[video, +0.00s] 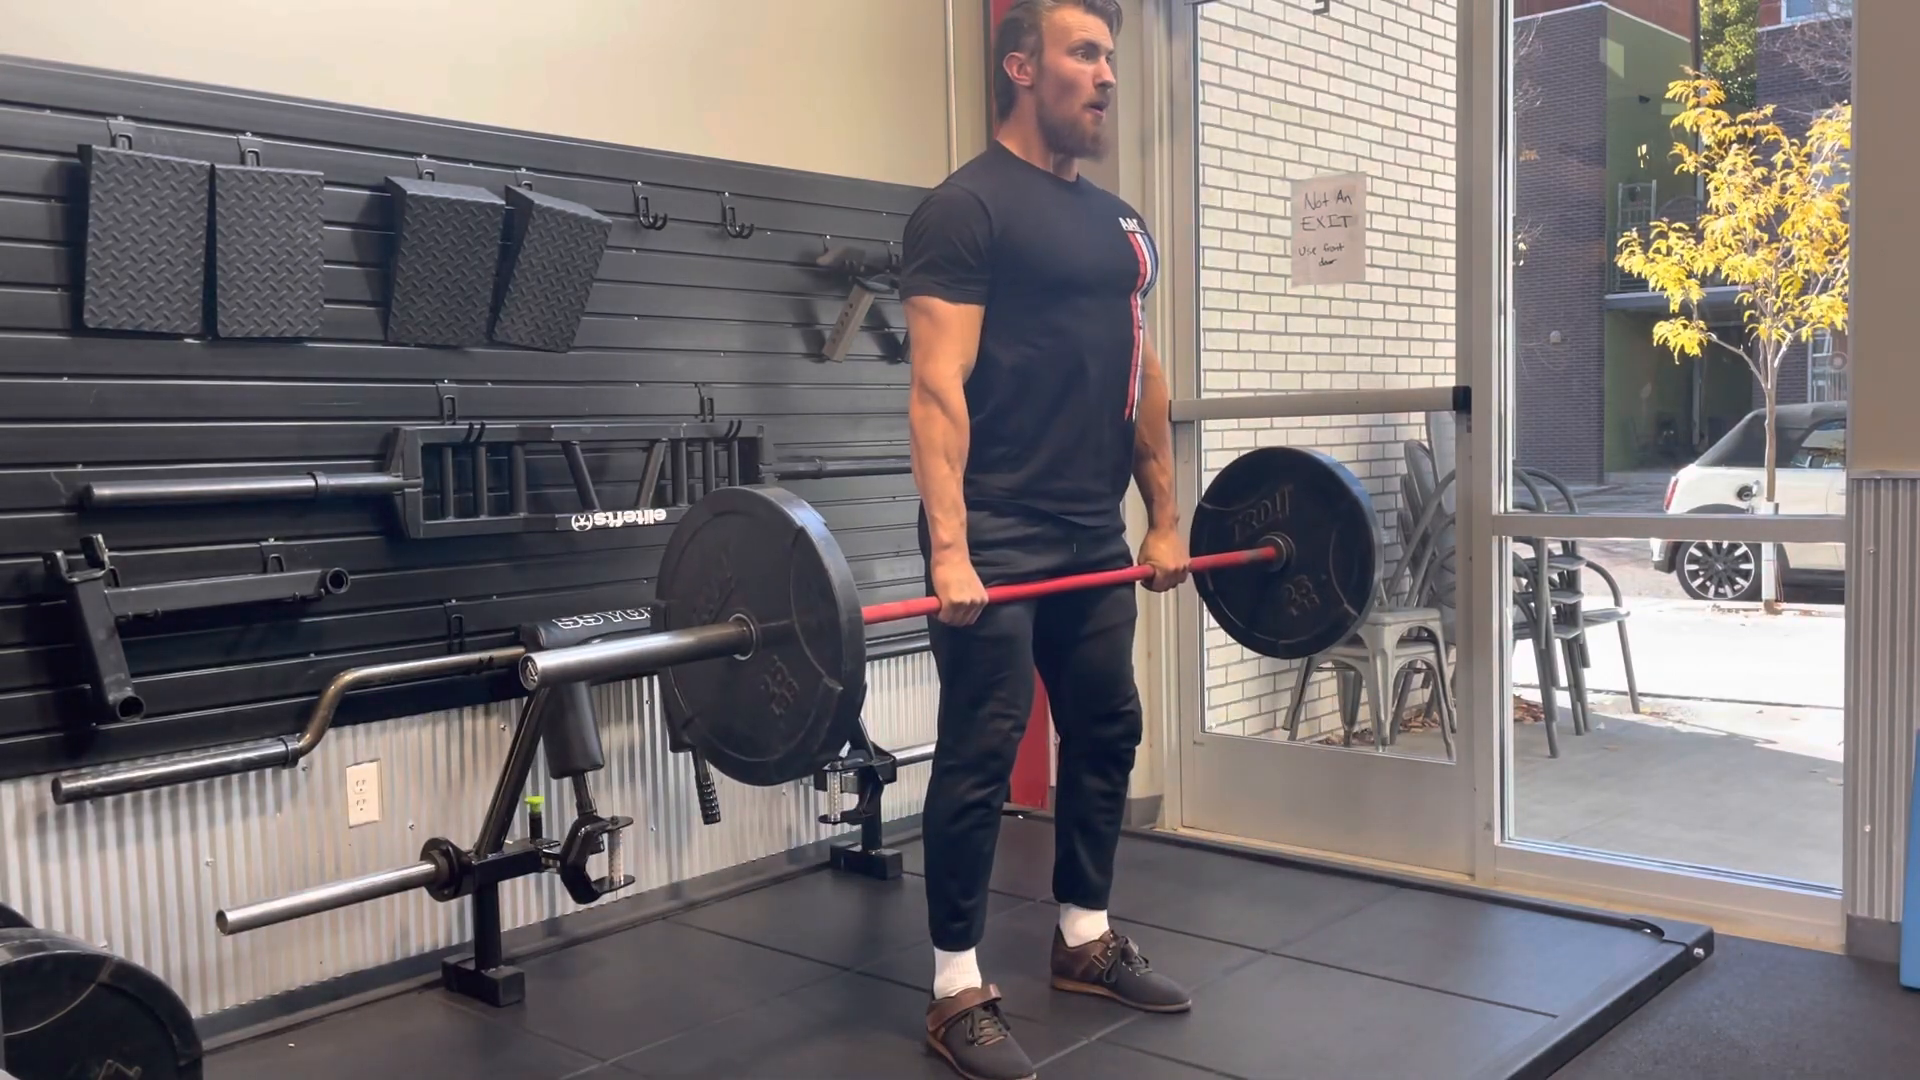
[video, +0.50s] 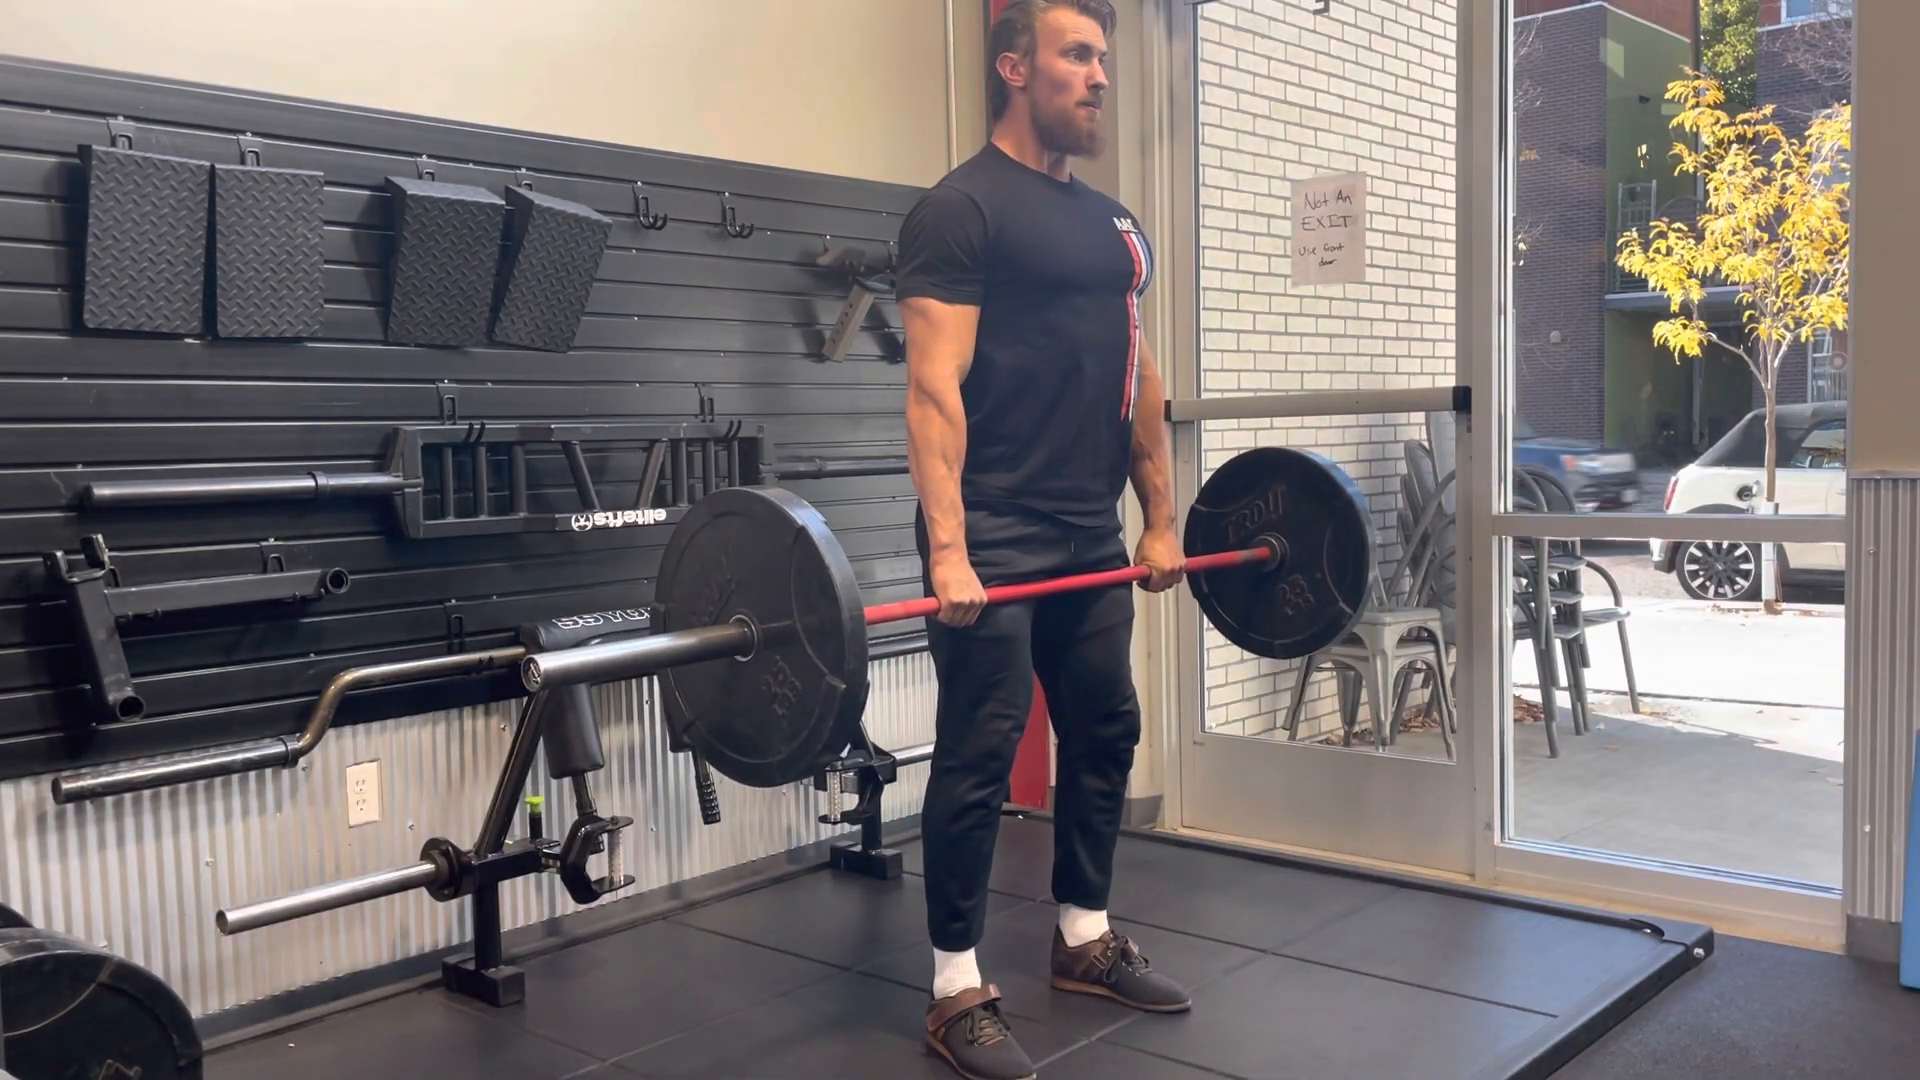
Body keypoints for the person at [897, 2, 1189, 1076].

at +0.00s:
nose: (1108, 76)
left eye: (1111, 59)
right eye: (1087, 54)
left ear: (1101, 79)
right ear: (1019, 69)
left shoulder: (1119, 222)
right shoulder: (962, 207)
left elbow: (1140, 373)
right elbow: (936, 392)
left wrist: (1164, 516)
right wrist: (947, 547)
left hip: (1091, 527)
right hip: (988, 531)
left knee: (1104, 732)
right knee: (982, 749)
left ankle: (1084, 939)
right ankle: (957, 986)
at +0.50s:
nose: (1101, 77)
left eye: (1104, 60)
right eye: (1079, 55)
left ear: (1089, 80)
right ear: (1012, 70)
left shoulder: (1113, 220)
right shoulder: (956, 208)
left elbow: (1137, 378)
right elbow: (932, 394)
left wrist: (1159, 519)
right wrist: (946, 548)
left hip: (1088, 527)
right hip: (986, 531)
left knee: (1103, 731)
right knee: (981, 749)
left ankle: (1084, 937)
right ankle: (958, 984)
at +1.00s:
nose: (1188, 131)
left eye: (1188, 114)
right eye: (1163, 110)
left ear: (1168, 141)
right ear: (1094, 133)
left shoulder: (1165, 285)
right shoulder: (1009, 268)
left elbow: (1155, 439)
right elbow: (946, 446)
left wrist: (1150, 575)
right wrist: (943, 607)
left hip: (1043, 535)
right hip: (944, 535)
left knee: (1098, 721)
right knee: (965, 739)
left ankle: (1083, 938)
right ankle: (954, 988)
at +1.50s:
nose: (1105, 114)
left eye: (1109, 98)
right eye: (1084, 93)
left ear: (1094, 114)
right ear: (1019, 105)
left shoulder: (1102, 242)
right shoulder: (952, 228)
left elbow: (1129, 375)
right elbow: (875, 370)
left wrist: (1198, 475)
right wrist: (972, 475)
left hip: (1064, 539)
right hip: (959, 540)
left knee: (1146, 711)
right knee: (1003, 726)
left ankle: (1099, 922)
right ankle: (954, 987)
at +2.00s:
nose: (1115, 434)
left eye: (1119, 415)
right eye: (1093, 413)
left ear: (1127, 423)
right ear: (1031, 423)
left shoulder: (1140, 540)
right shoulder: (994, 545)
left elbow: (1279, 598)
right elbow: (1056, 631)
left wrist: (1214, 487)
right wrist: (1045, 493)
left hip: (1051, 763)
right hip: (929, 767)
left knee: (1213, 759)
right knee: (1004, 821)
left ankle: (1112, 942)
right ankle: (949, 1007)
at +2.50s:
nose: (1119, 348)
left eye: (1123, 330)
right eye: (1099, 329)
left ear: (1126, 341)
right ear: (1036, 337)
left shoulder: (1138, 458)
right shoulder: (992, 455)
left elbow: (1280, 502)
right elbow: (1056, 525)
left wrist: (1210, 403)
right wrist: (1043, 392)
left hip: (1061, 702)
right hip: (946, 703)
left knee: (1222, 753)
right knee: (987, 826)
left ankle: (1113, 938)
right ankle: (947, 1000)